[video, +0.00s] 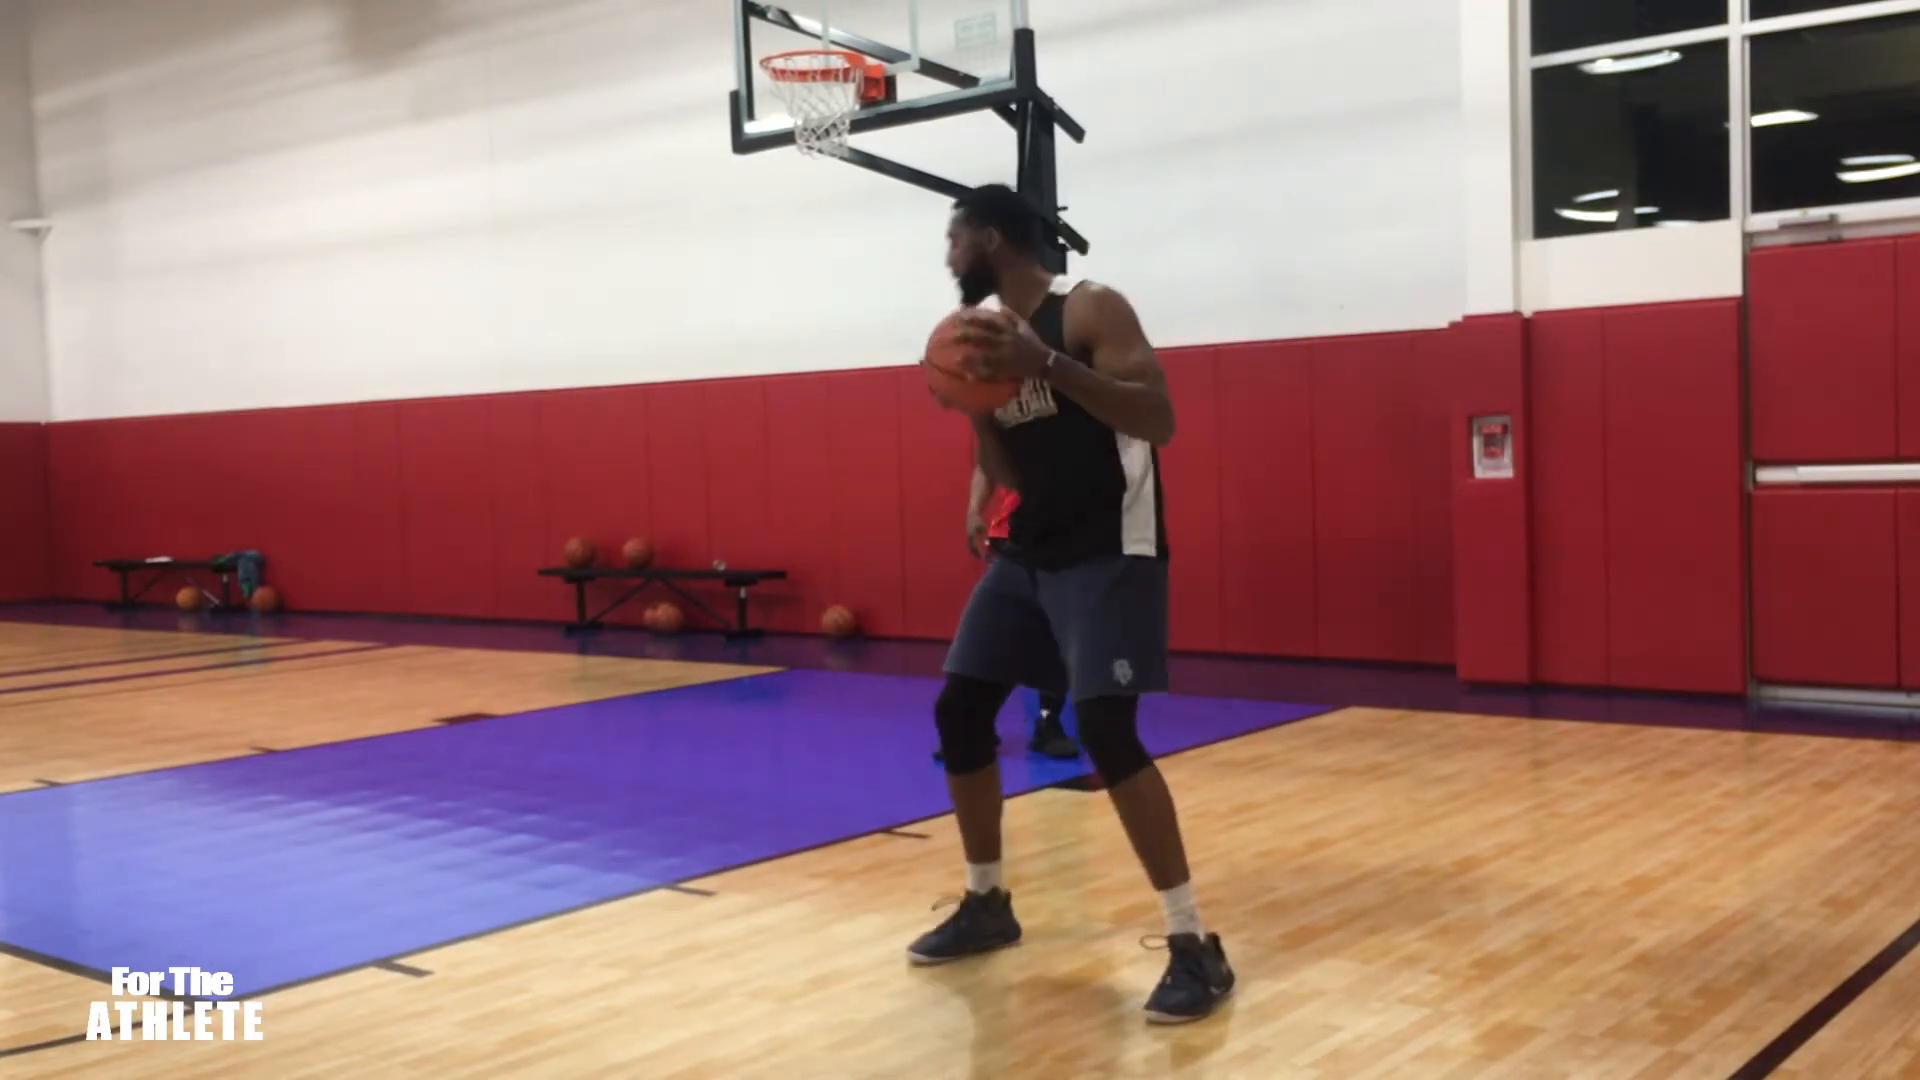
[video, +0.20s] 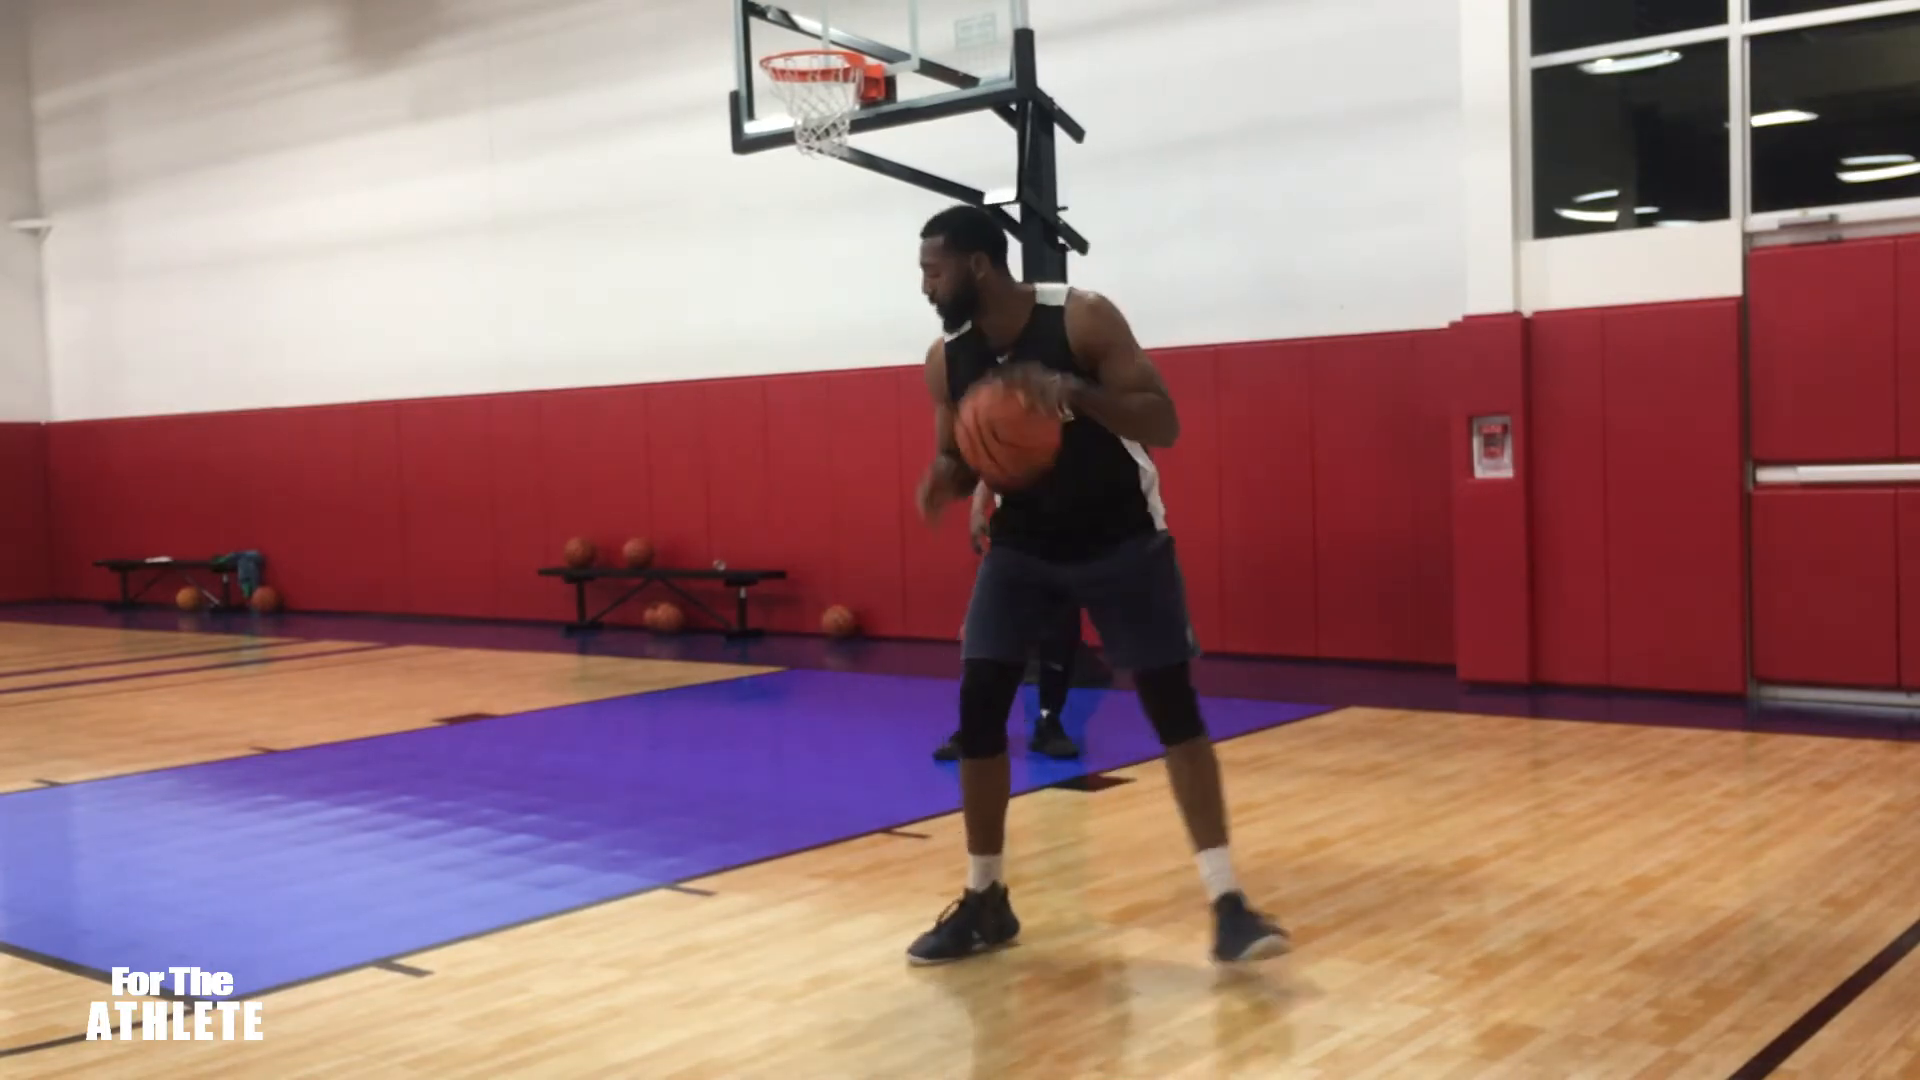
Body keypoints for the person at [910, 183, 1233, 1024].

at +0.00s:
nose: (948, 251)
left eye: (957, 234)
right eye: (949, 237)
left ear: (1001, 236)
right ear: (996, 241)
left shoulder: (1093, 310)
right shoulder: (985, 338)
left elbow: (1157, 418)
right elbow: (1001, 466)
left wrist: (1045, 363)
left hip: (1109, 559)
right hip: (1026, 558)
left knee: (1105, 730)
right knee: (961, 711)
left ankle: (1193, 946)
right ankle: (986, 902)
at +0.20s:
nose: (924, 283)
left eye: (933, 266)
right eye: (921, 268)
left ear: (980, 263)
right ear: (964, 268)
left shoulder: (1082, 320)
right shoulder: (949, 360)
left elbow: (1162, 423)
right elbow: (949, 479)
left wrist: (1075, 394)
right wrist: (953, 472)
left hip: (1122, 545)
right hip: (1021, 553)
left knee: (1171, 704)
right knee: (979, 708)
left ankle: (1229, 904)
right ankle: (985, 899)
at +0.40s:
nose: (974, 353)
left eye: (985, 340)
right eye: (972, 341)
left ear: (1033, 339)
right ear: (985, 342)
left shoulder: (1113, 402)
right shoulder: (975, 417)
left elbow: (1169, 524)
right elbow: (970, 517)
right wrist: (953, 614)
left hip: (1131, 580)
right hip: (1031, 585)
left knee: (1224, 701)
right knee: (983, 713)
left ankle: (1295, 841)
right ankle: (955, 901)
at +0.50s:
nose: (1025, 371)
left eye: (1037, 359)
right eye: (1021, 358)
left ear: (1084, 360)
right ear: (1024, 360)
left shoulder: (1156, 425)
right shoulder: (1017, 425)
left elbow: (1210, 543)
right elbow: (995, 529)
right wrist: (971, 630)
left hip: (1151, 590)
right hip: (1056, 592)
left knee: (1258, 711)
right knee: (1007, 720)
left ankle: (1283, 833)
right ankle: (956, 901)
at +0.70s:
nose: (1155, 323)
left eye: (1167, 309)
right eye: (1149, 311)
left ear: (1206, 306)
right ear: (1148, 314)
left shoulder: (1274, 367)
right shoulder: (1136, 389)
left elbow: (1350, 414)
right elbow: (1102, 472)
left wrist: (1403, 436)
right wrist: (1068, 558)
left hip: (1248, 558)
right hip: (1157, 561)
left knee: (1289, 697)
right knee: (1098, 694)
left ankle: (1263, 844)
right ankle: (1036, 858)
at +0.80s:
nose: (1190, 288)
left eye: (1202, 274)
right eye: (1183, 275)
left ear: (1238, 269)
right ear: (1182, 275)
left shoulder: (1305, 321)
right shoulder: (1172, 352)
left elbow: (1371, 360)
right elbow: (1134, 445)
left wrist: (1420, 372)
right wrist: (1107, 534)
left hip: (1281, 522)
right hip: (1196, 524)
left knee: (1290, 673)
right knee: (1171, 664)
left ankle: (1265, 839)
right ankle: (1136, 840)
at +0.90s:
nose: (1218, 263)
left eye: (1229, 249)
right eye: (1210, 251)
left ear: (1266, 243)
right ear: (1207, 250)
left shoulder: (1328, 292)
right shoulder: (1198, 330)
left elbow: (1384, 346)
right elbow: (1161, 422)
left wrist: (1429, 344)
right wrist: (1149, 522)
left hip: (1311, 504)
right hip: (1231, 510)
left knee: (1306, 655)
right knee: (1235, 653)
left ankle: (1292, 817)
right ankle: (1230, 821)